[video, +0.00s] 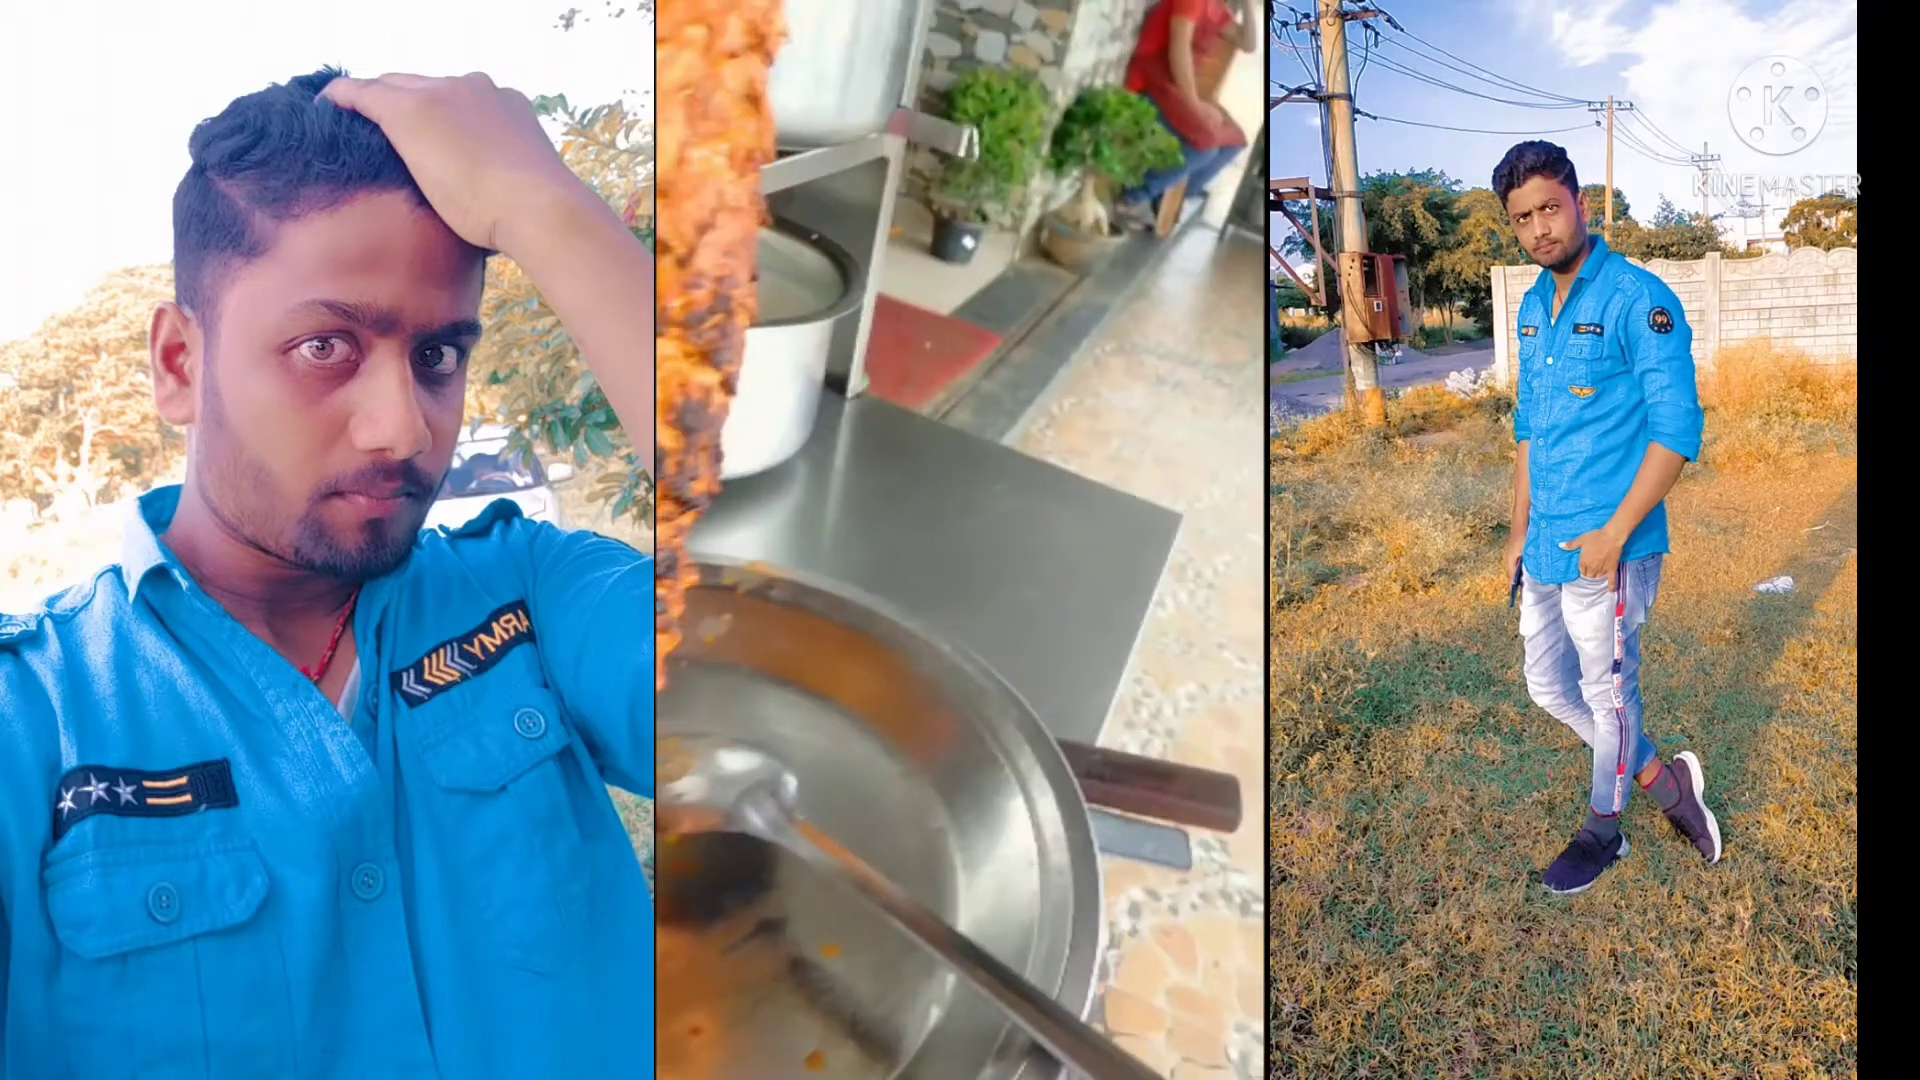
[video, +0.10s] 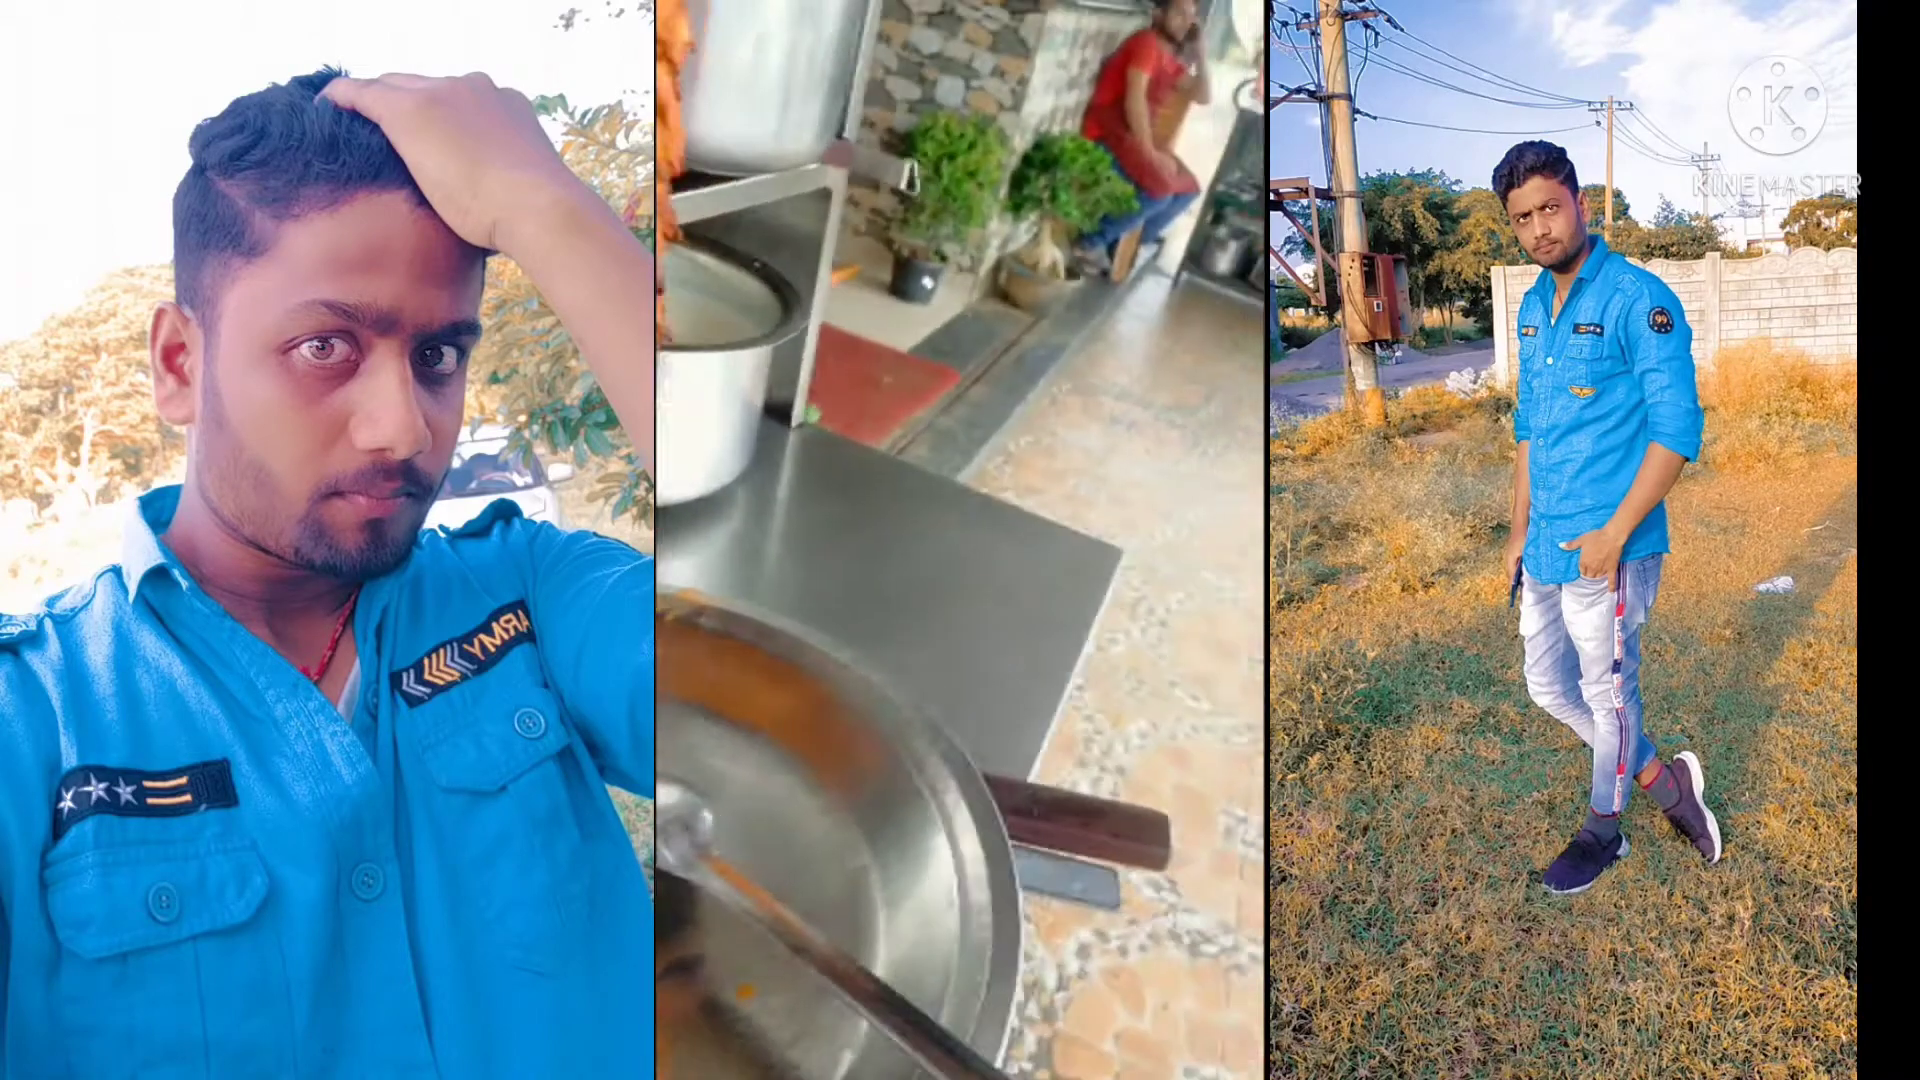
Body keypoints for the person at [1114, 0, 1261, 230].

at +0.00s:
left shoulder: (1218, 10)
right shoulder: (1190, 3)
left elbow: (1248, 45)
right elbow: (1178, 49)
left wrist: (1249, 4)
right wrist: (1193, 104)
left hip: (1179, 86)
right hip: (1152, 82)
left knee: (1234, 141)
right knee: (1204, 143)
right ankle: (1131, 200)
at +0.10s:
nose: (1187, 22)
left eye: (1191, 16)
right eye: (1179, 13)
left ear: (1193, 20)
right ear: (1158, 13)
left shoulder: (1169, 58)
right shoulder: (1146, 43)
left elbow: (1202, 96)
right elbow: (1134, 101)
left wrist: (1198, 50)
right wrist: (1149, 151)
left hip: (1136, 134)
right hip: (1109, 131)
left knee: (1187, 189)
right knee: (1160, 189)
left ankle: (1135, 243)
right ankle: (1092, 243)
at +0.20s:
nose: (1220, 2)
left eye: (1223, 2)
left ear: (1222, 7)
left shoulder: (1205, 34)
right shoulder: (1182, 19)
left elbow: (1236, 73)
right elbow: (1167, 77)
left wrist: (1233, 28)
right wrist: (1183, 129)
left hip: (1168, 113)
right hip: (1141, 110)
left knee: (1221, 169)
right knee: (1193, 168)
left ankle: (1161, 223)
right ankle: (1123, 222)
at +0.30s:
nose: (1258, 36)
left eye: (1263, 28)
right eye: (1252, 26)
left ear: (1267, 34)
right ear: (1235, 26)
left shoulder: (1253, 78)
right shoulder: (1222, 62)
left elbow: (1239, 133)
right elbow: (1208, 115)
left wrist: (1239, 165)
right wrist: (1220, 164)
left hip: (1214, 154)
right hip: (1183, 150)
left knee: (1257, 201)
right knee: (1231, 204)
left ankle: (1216, 254)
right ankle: (1163, 262)